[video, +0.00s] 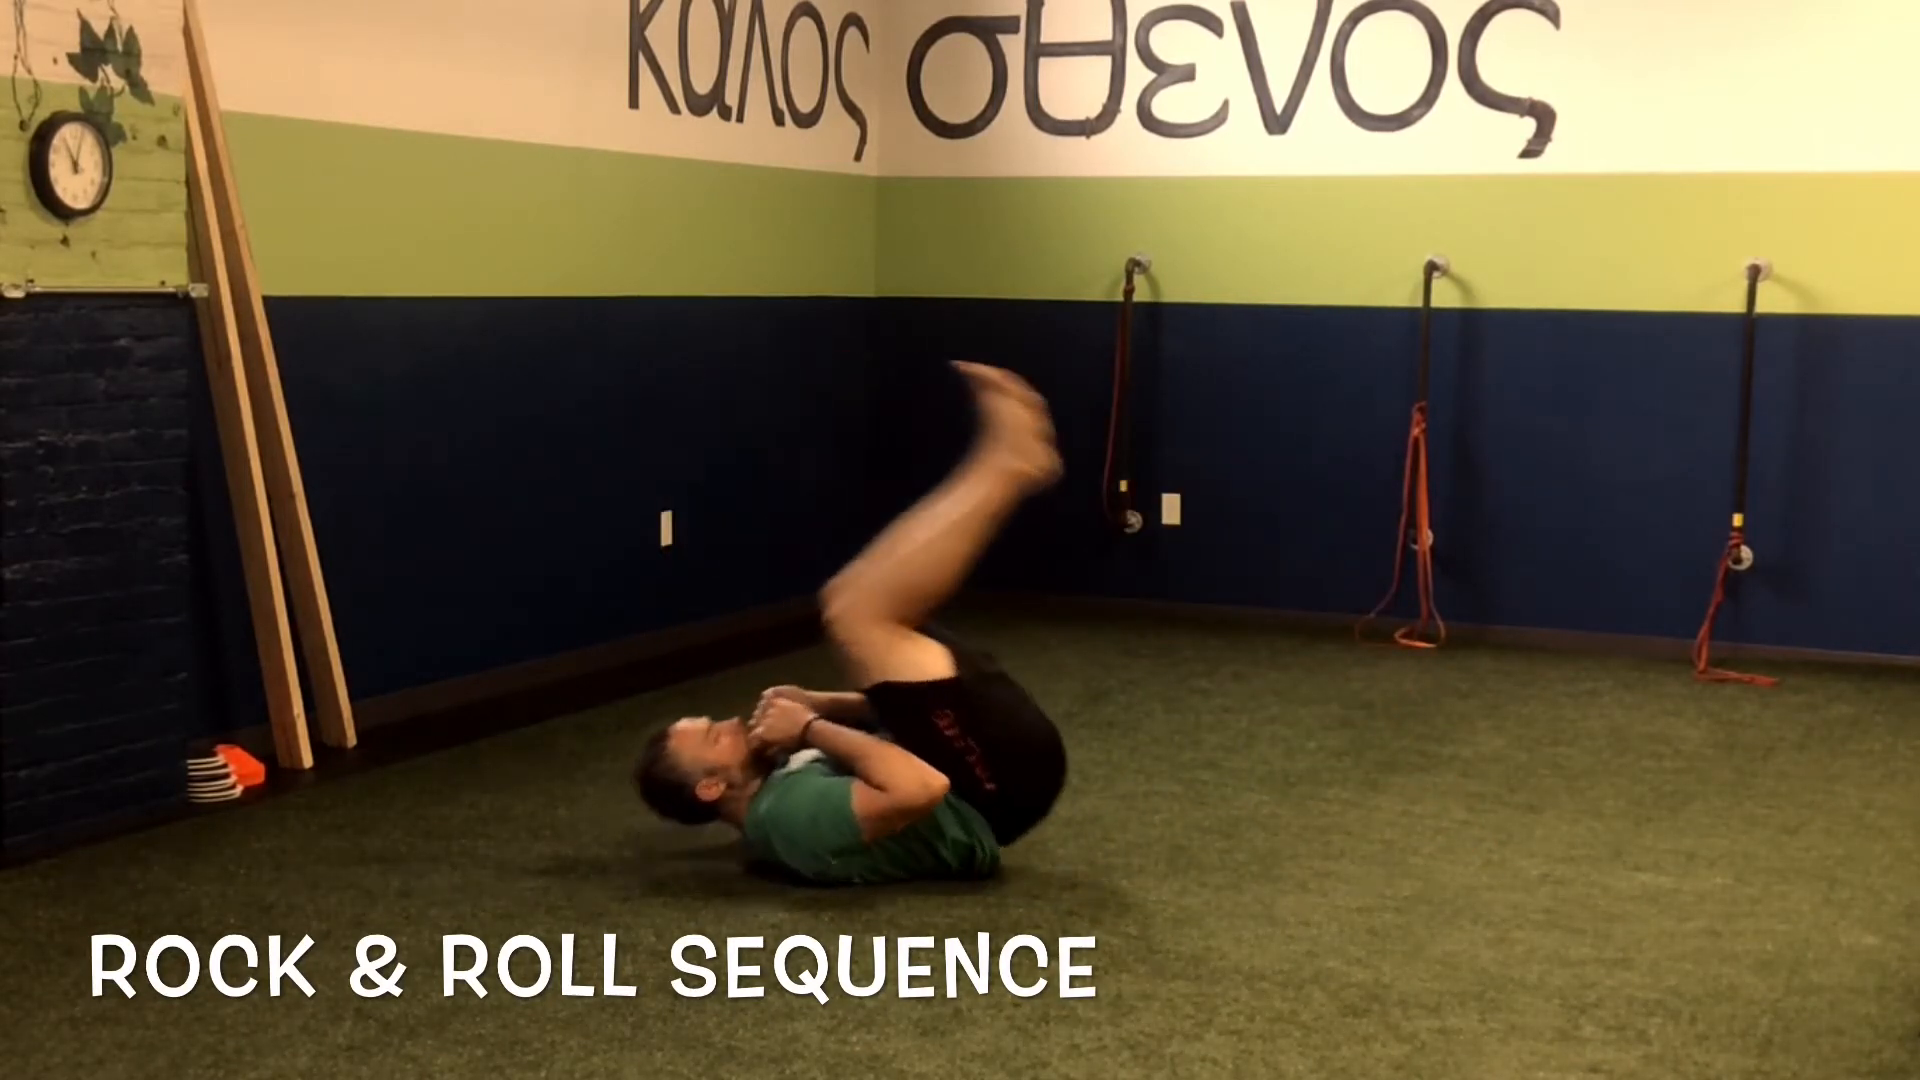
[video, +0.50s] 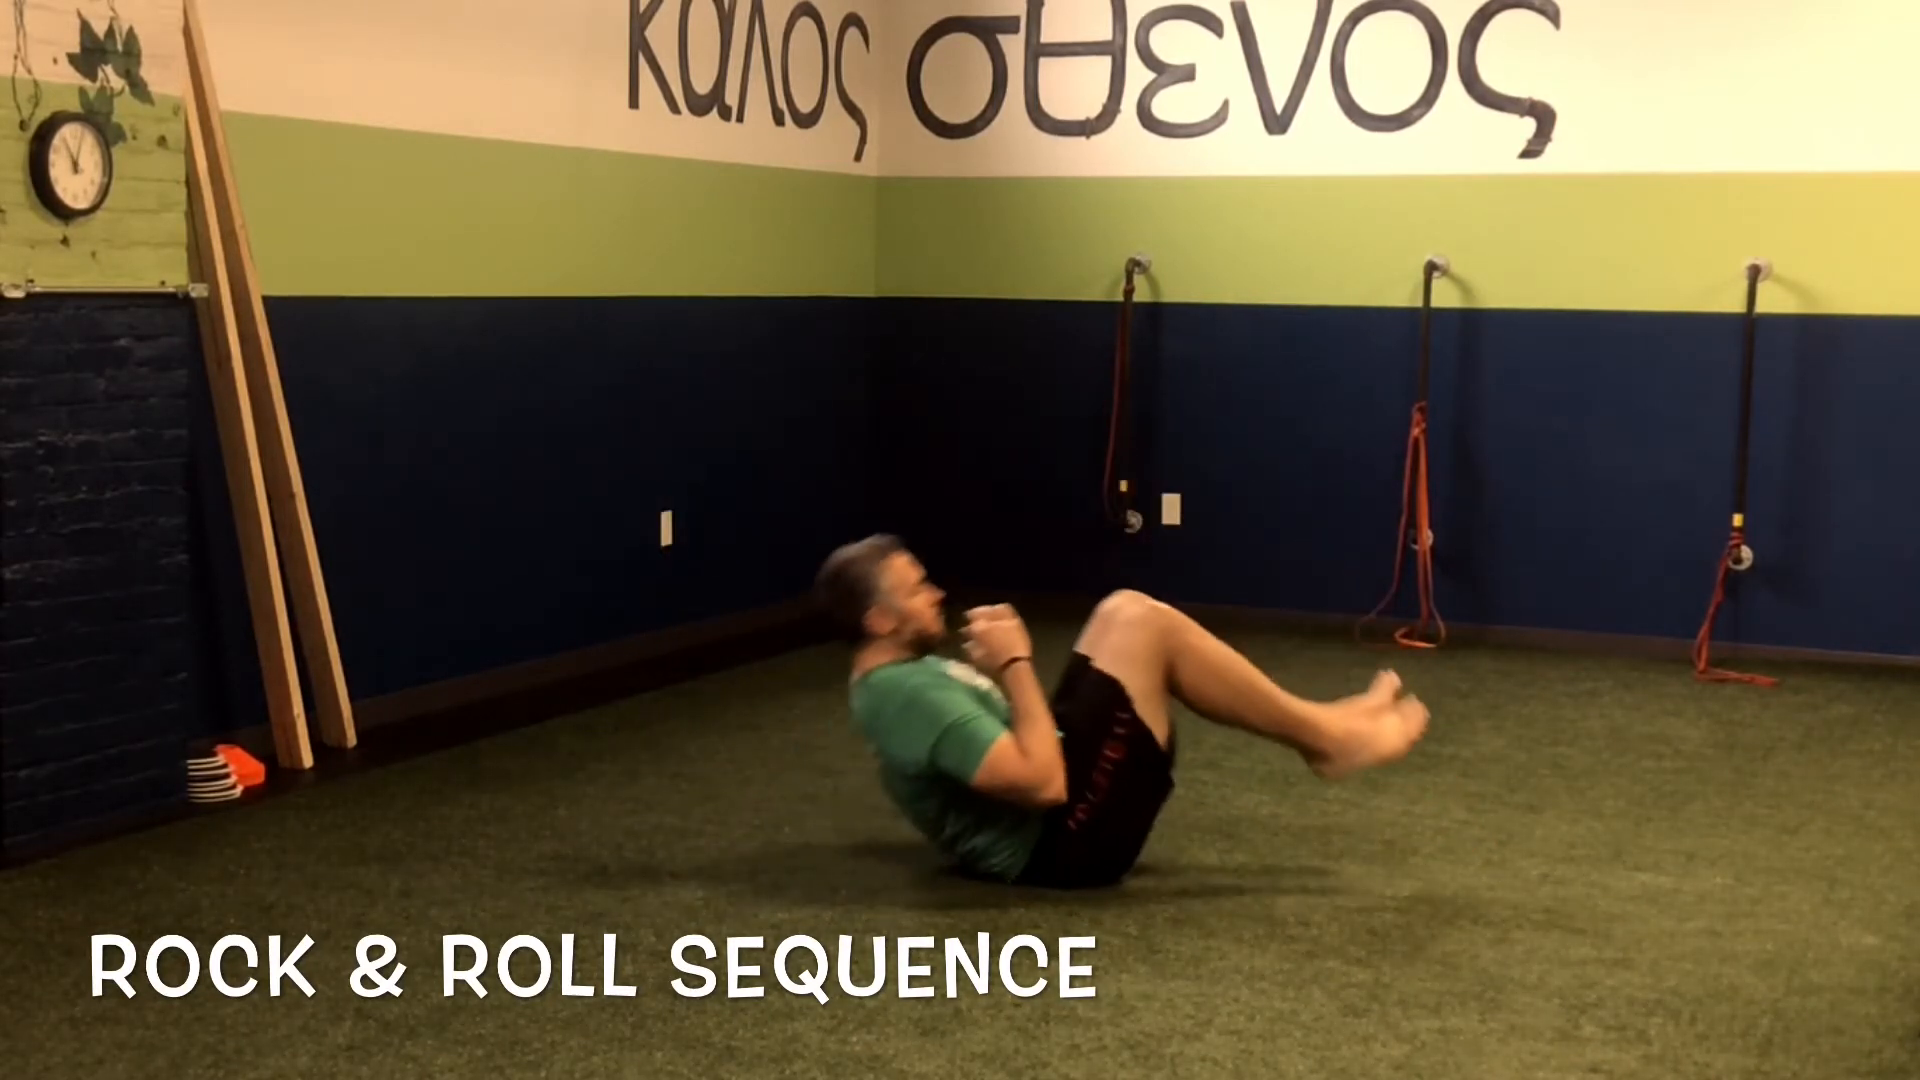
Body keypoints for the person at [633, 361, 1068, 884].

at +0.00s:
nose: (732, 720)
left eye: (713, 721)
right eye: (713, 734)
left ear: (717, 785)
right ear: (714, 785)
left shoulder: (780, 791)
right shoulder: (783, 817)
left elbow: (894, 713)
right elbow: (922, 788)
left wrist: (812, 706)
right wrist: (811, 728)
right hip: (1004, 780)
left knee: (851, 601)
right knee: (852, 609)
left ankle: (1009, 459)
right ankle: (1011, 460)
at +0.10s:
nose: (759, 694)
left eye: (741, 691)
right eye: (738, 705)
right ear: (733, 758)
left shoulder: (798, 766)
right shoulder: (798, 802)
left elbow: (924, 718)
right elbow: (945, 797)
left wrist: (853, 698)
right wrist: (851, 719)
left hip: (1003, 787)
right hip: (1017, 807)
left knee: (909, 592)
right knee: (909, 598)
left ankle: (1096, 498)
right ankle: (1103, 498)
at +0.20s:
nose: (801, 664)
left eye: (786, 656)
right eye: (780, 665)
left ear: (786, 689)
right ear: (762, 712)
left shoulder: (830, 741)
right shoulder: (820, 776)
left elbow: (962, 738)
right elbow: (970, 801)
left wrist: (902, 688)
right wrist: (900, 701)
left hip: (1019, 812)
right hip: (1030, 833)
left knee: (976, 587)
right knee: (976, 596)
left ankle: (1187, 555)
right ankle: (1196, 559)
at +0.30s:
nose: (847, 640)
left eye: (835, 629)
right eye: (827, 638)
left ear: (812, 672)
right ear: (799, 681)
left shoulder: (851, 715)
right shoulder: (848, 748)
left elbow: (960, 769)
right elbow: (995, 797)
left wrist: (932, 681)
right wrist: (946, 684)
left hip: (1026, 821)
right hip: (1045, 844)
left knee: (1039, 596)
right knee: (1043, 599)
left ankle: (1254, 631)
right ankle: (1265, 632)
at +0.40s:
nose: (891, 614)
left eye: (880, 603)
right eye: (872, 612)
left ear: (847, 642)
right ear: (837, 650)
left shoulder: (876, 696)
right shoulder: (880, 720)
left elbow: (997, 769)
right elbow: (1019, 790)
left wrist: (963, 673)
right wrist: (984, 674)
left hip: (1042, 829)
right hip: (1058, 848)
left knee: (1091, 606)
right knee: (1095, 608)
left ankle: (1297, 693)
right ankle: (1306, 693)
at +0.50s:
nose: (934, 591)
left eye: (923, 578)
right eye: (916, 586)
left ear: (886, 616)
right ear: (879, 620)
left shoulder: (898, 671)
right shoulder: (906, 696)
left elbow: (1025, 756)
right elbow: (1043, 779)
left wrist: (996, 661)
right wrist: (1016, 669)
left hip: (1045, 826)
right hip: (1062, 850)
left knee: (1126, 610)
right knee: (1137, 619)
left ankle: (1319, 731)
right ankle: (1333, 735)